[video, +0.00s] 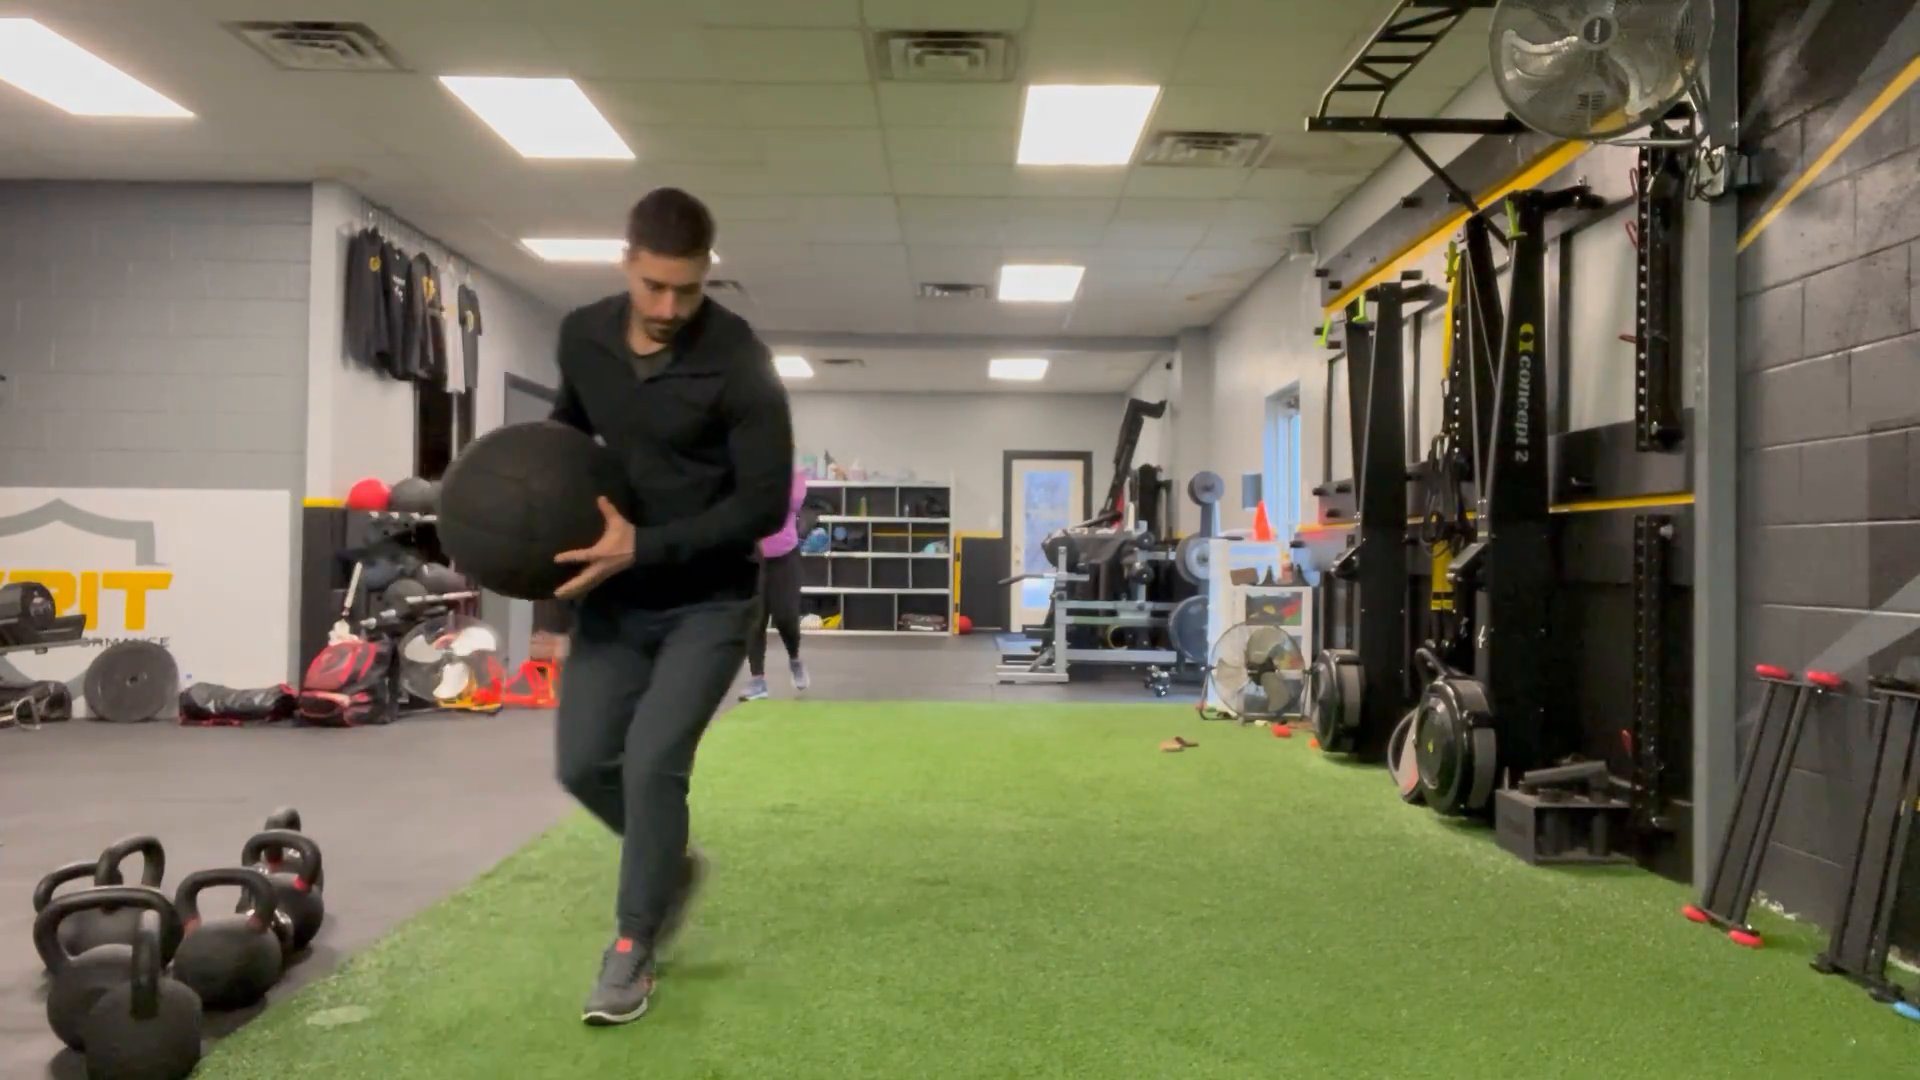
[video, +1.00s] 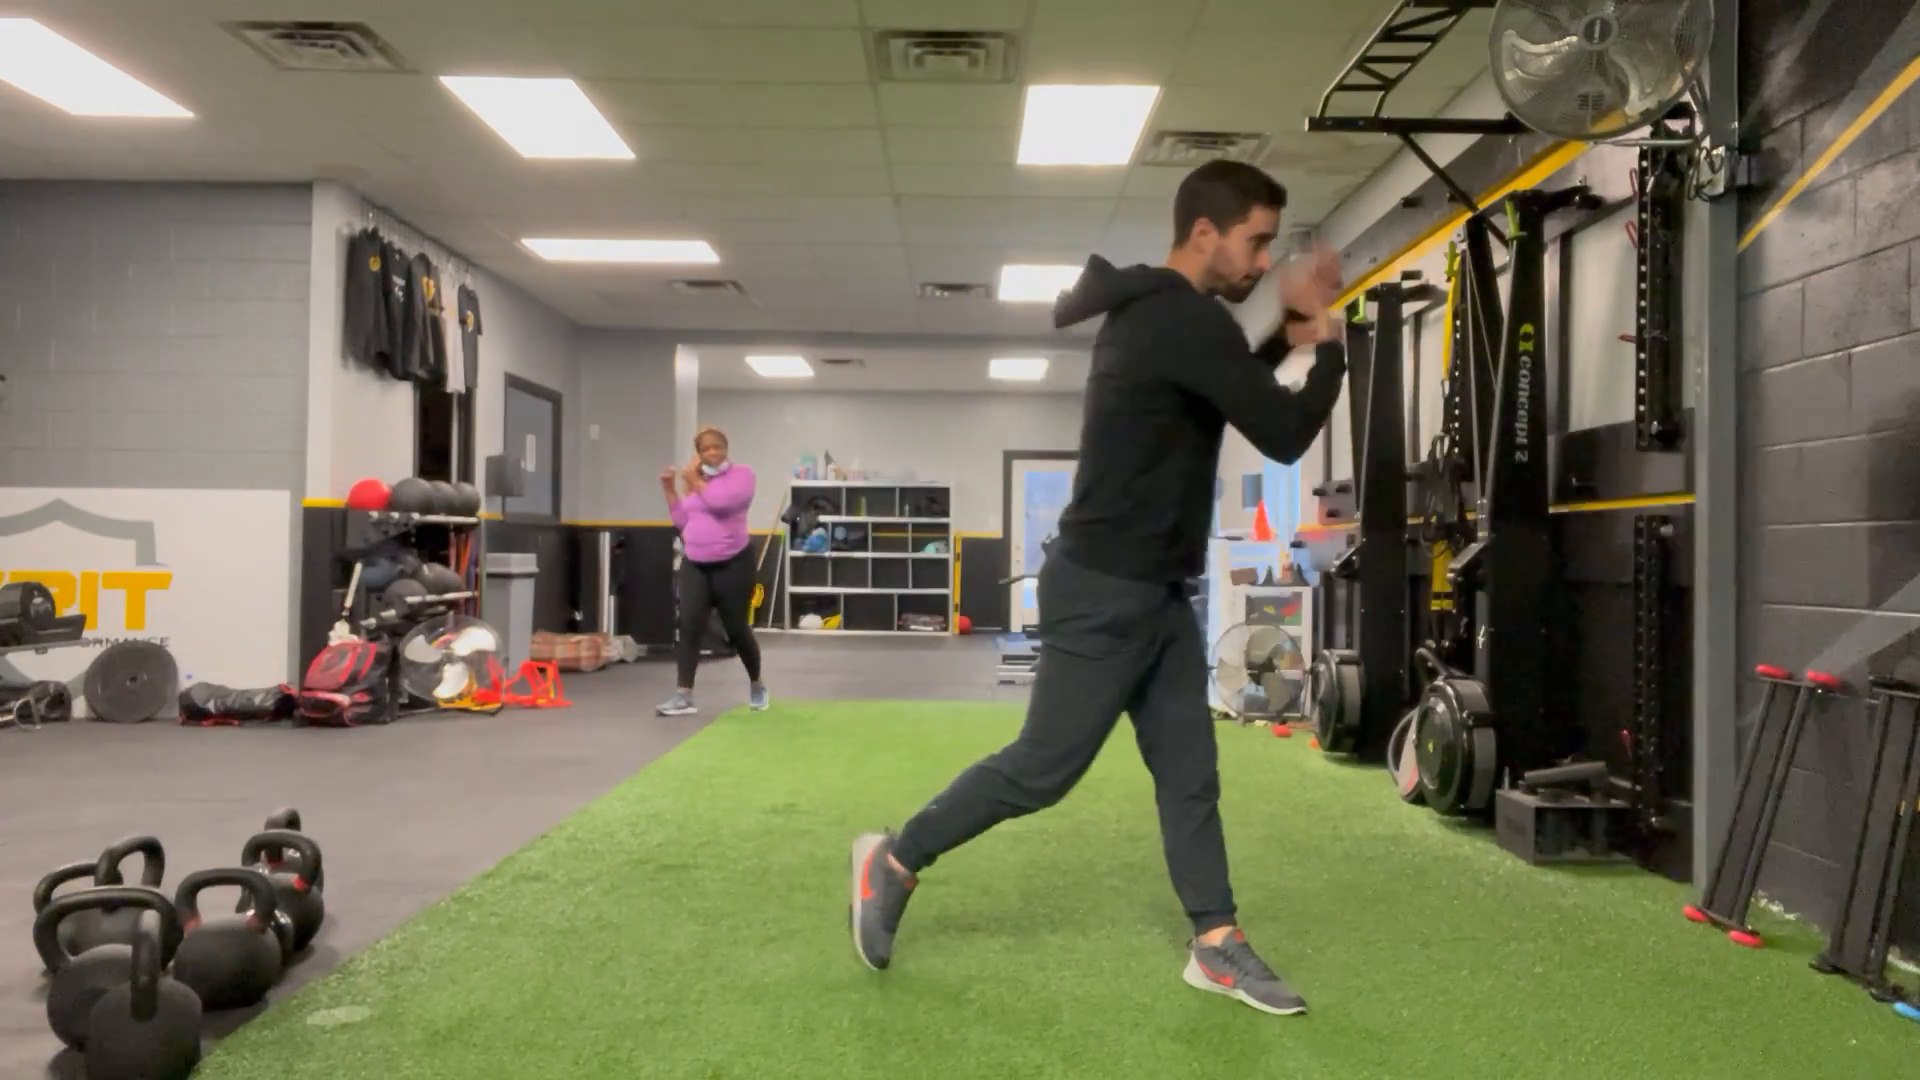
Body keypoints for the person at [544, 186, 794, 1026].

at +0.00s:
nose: (668, 306)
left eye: (685, 289)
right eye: (654, 286)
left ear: (708, 275)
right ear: (627, 265)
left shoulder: (740, 360)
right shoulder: (586, 336)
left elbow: (766, 502)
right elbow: (567, 449)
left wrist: (646, 544)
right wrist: (541, 554)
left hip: (713, 597)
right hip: (617, 594)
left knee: (652, 759)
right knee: (582, 766)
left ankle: (633, 941)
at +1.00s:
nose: (1265, 262)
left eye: (1270, 245)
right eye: (1257, 242)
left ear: (1202, 239)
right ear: (1204, 233)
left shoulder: (1153, 310)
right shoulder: (1181, 320)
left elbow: (1223, 392)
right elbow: (1284, 432)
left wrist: (1288, 333)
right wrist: (1329, 352)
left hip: (1154, 593)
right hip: (1104, 588)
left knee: (1189, 776)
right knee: (1041, 769)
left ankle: (1217, 941)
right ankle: (894, 861)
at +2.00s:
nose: (973, 262)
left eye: (989, 247)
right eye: (960, 246)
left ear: (1015, 246)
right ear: (942, 245)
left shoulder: (1063, 330)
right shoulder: (908, 343)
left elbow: (1102, 446)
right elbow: (880, 459)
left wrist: (996, 433)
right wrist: (835, 506)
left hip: (1039, 588)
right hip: (932, 589)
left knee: (1120, 760)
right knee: (915, 764)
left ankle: (1188, 924)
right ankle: (924, 911)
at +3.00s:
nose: (714, 245)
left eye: (731, 227)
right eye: (702, 226)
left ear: (776, 206)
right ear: (692, 209)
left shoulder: (833, 294)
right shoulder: (690, 291)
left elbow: (899, 415)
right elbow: (655, 414)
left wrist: (794, 433)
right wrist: (576, 444)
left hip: (775, 567)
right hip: (681, 555)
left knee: (745, 757)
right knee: (626, 737)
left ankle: (754, 952)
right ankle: (669, 884)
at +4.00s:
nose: (475, 269)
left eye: (493, 251)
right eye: (460, 249)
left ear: (524, 234)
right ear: (435, 230)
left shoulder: (574, 326)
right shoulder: (386, 314)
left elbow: (617, 461)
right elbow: (363, 440)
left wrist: (524, 497)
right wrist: (323, 504)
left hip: (550, 585)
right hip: (427, 587)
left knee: (592, 756)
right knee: (396, 766)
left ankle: (625, 927)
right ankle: (386, 931)